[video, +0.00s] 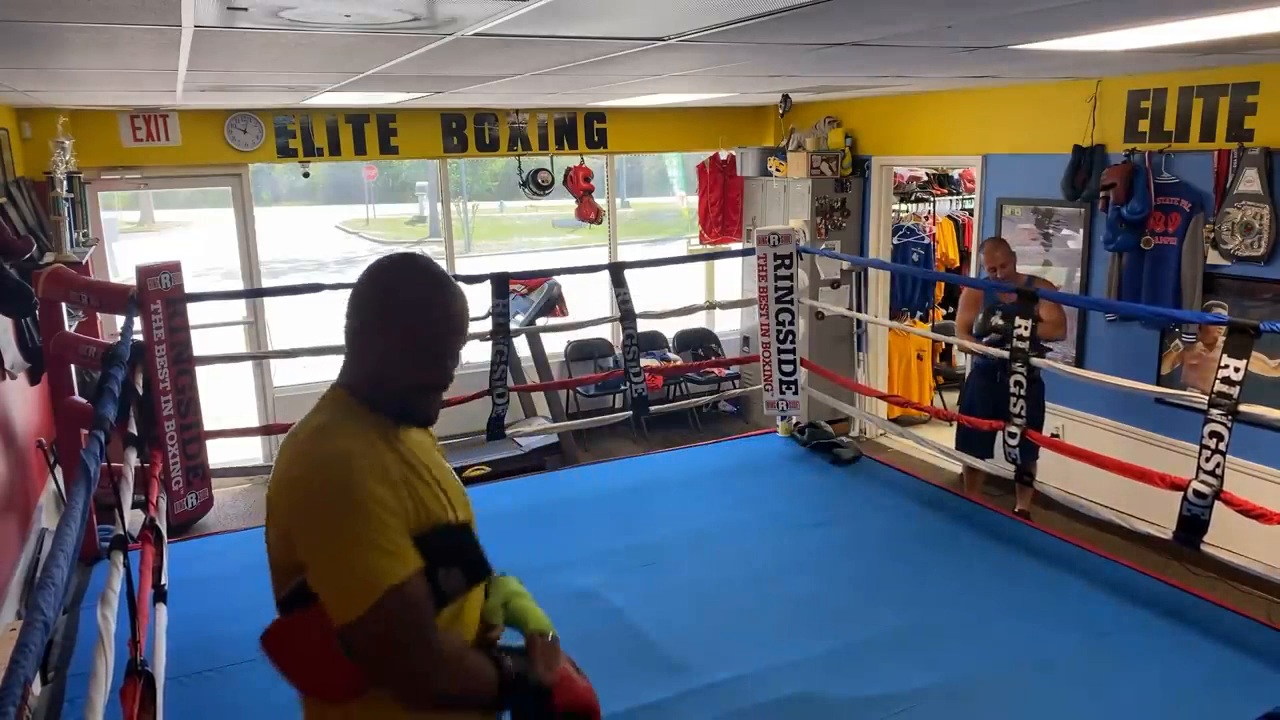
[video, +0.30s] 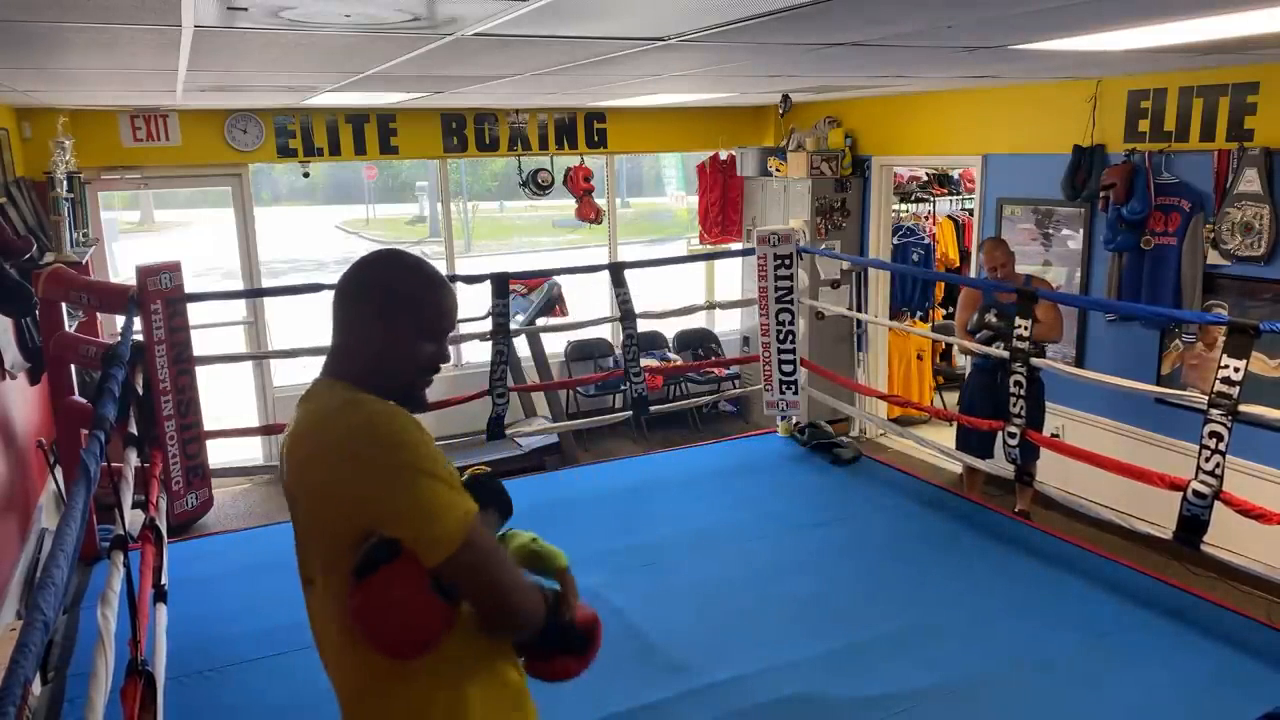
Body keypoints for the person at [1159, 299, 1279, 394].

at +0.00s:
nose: (1220, 327)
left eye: (1223, 323)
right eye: (1215, 322)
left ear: (1226, 327)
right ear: (1201, 325)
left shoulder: (1231, 349)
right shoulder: (1189, 348)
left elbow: (1270, 368)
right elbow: (1162, 369)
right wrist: (1182, 352)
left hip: (1219, 406)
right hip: (1189, 401)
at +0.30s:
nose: (1220, 327)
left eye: (1223, 322)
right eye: (1215, 322)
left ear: (1226, 327)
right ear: (1201, 325)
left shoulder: (1231, 349)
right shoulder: (1189, 349)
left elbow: (1270, 368)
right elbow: (1162, 369)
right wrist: (1181, 352)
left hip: (1219, 405)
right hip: (1190, 401)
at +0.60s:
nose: (1220, 327)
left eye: (1223, 322)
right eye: (1215, 322)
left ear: (1226, 327)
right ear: (1201, 325)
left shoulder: (1231, 349)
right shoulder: (1189, 349)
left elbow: (1270, 368)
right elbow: (1162, 369)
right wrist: (1181, 352)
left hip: (1219, 405)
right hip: (1189, 400)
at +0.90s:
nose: (1220, 327)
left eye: (1223, 323)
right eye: (1215, 322)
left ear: (1226, 327)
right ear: (1201, 325)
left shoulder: (1231, 349)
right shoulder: (1189, 349)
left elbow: (1270, 368)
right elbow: (1162, 369)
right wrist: (1180, 351)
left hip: (1218, 405)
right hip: (1189, 400)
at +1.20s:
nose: (1220, 327)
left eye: (1223, 323)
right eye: (1215, 322)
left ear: (1226, 327)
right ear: (1201, 325)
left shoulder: (1231, 349)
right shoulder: (1189, 349)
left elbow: (1270, 368)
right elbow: (1162, 369)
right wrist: (1179, 351)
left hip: (1218, 405)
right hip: (1189, 400)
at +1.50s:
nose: (1220, 327)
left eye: (1223, 323)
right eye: (1215, 322)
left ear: (1226, 327)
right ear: (1201, 325)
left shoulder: (1231, 349)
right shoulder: (1189, 349)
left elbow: (1270, 368)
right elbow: (1162, 369)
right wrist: (1179, 351)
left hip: (1218, 405)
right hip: (1189, 400)